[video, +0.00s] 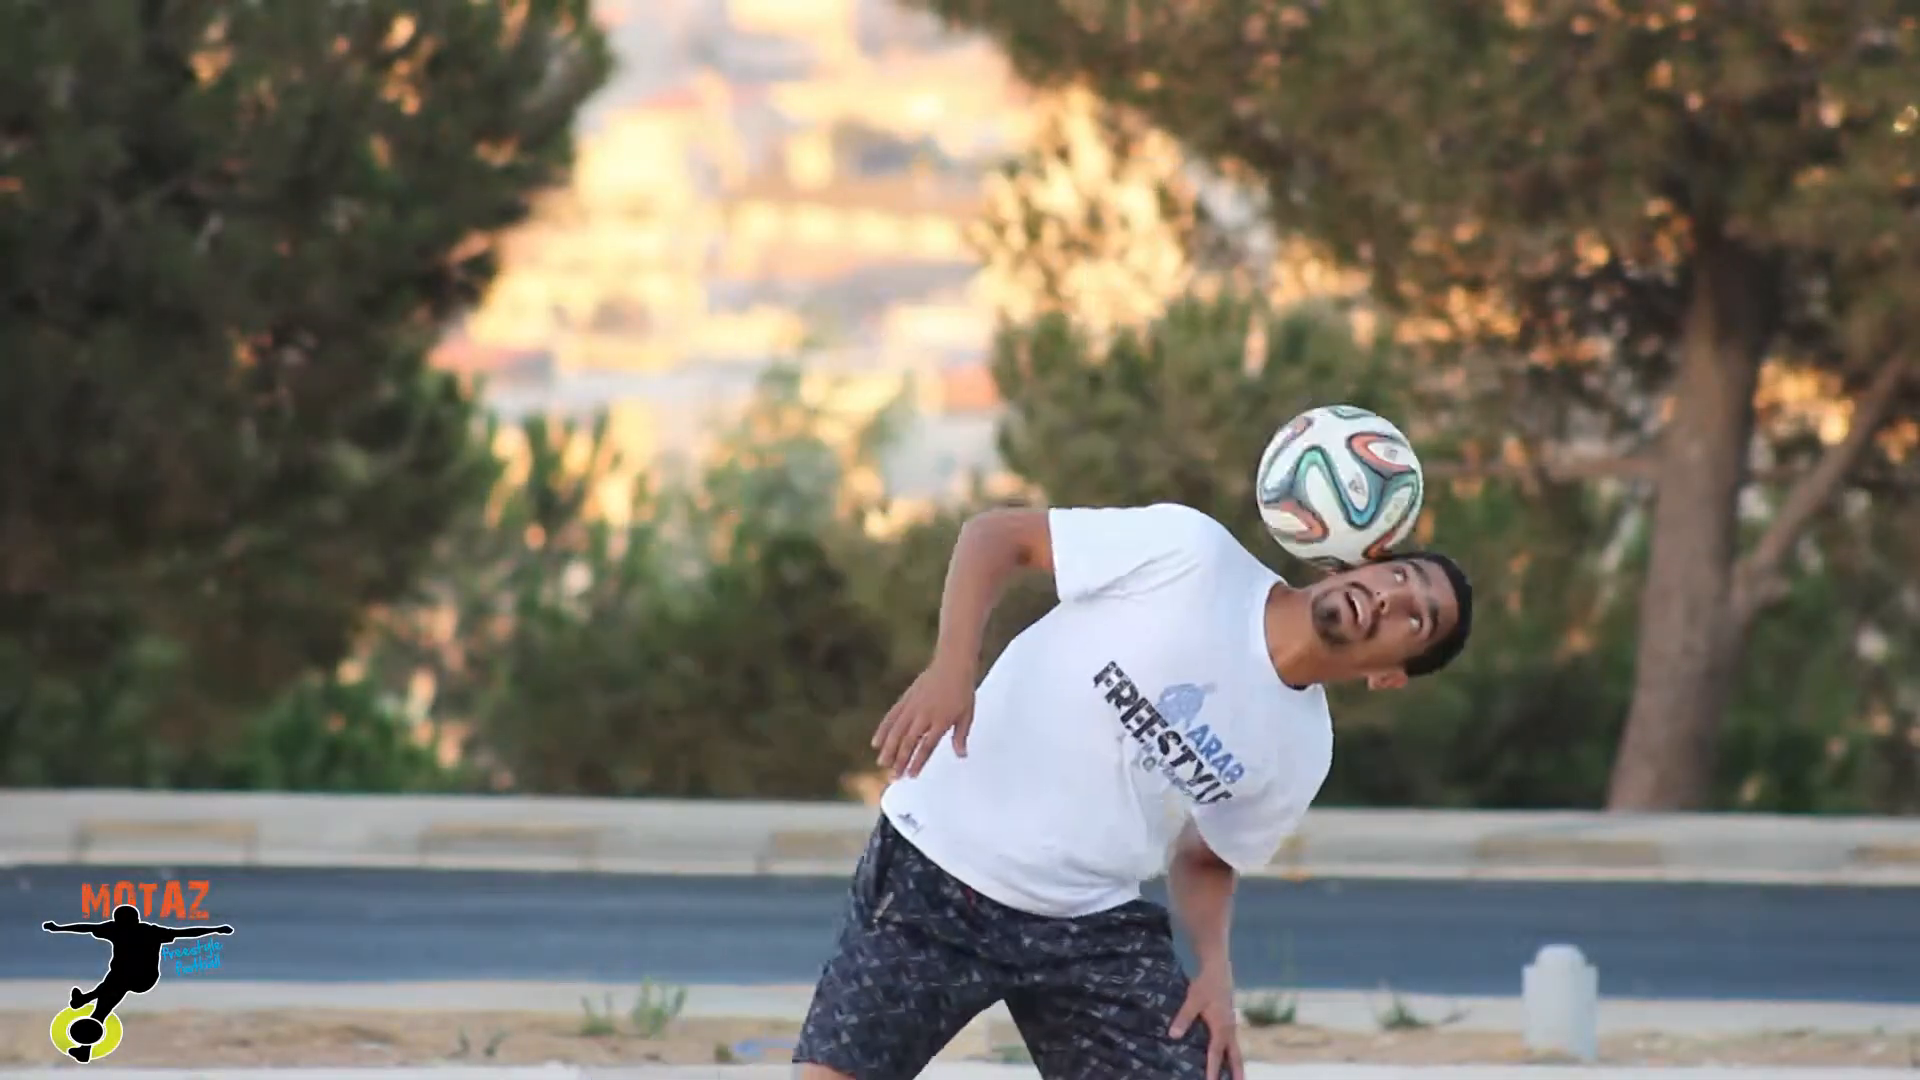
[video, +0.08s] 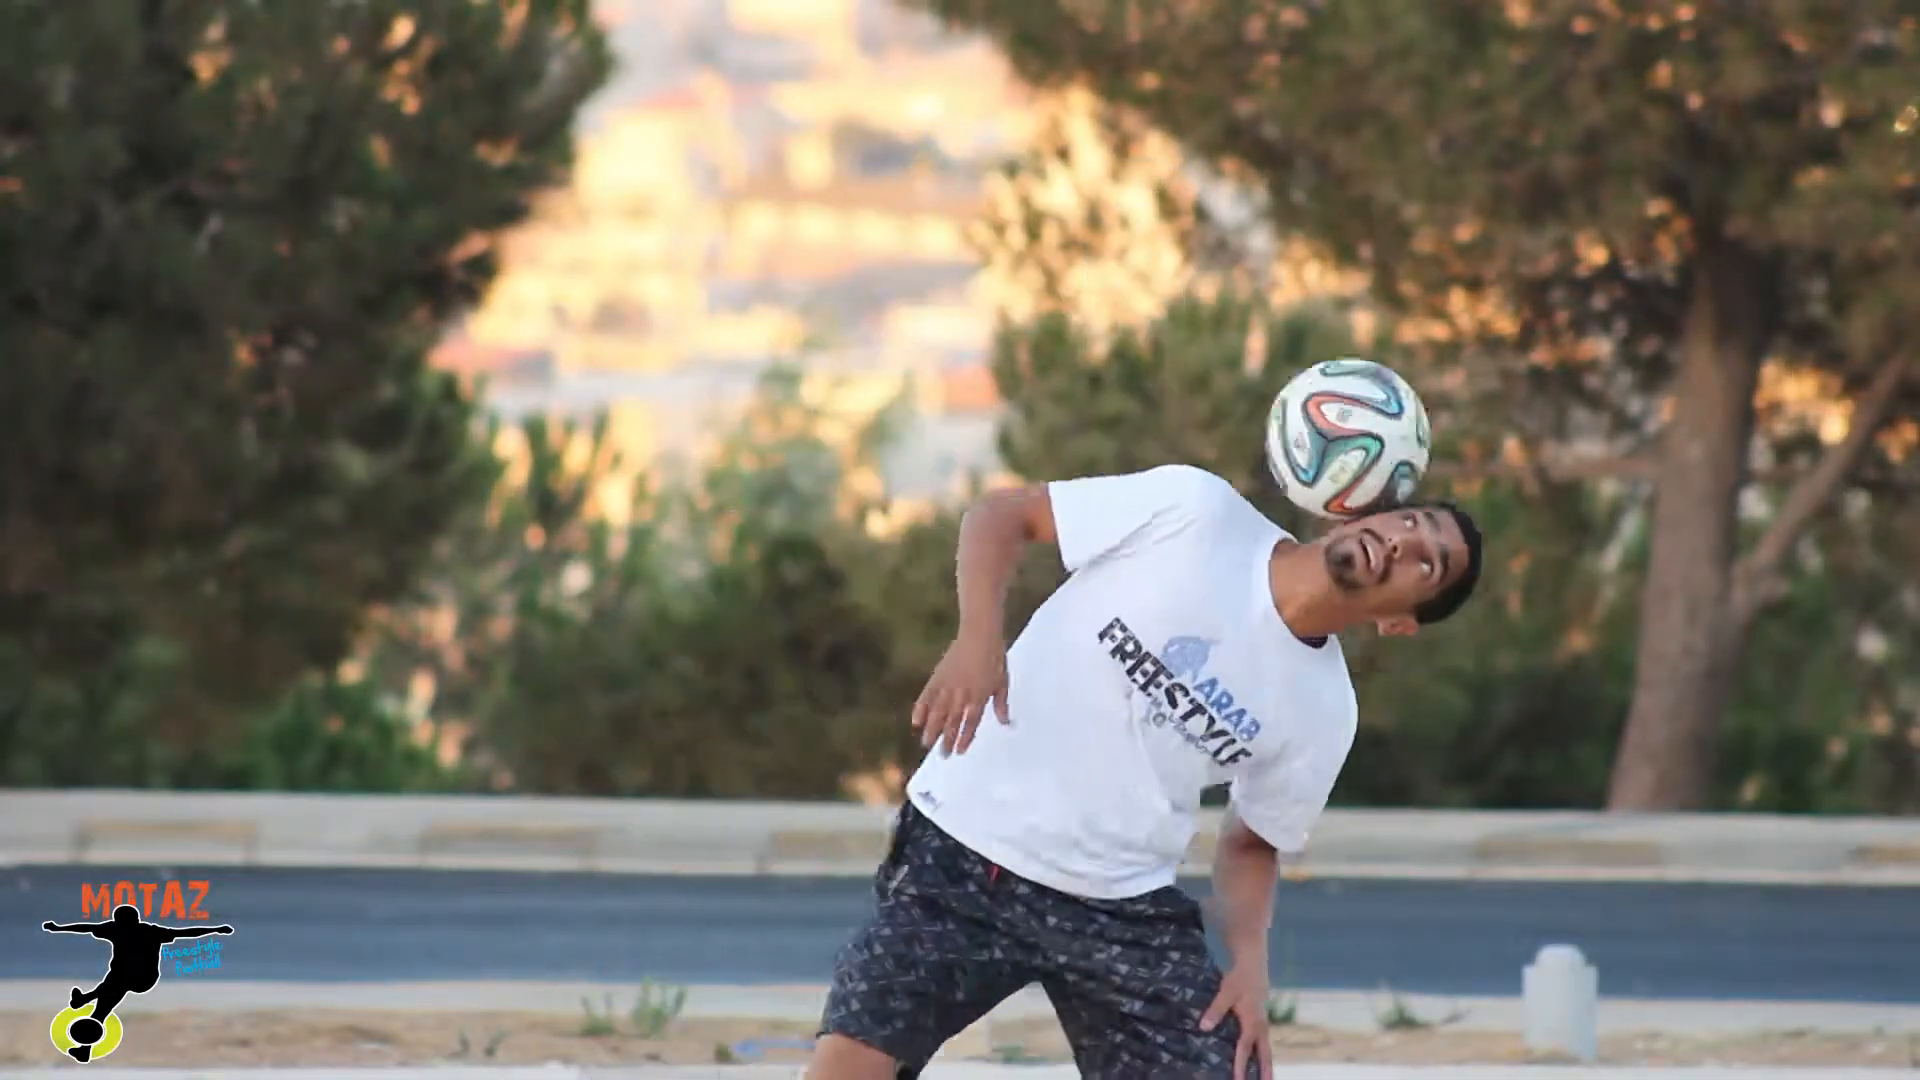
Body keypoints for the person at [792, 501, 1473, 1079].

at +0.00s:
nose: (1385, 593)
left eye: (1413, 617)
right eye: (1396, 570)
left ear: (1386, 677)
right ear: (1354, 560)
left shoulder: (1301, 753)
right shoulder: (1186, 550)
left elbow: (1205, 860)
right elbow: (996, 533)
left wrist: (1214, 969)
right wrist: (951, 666)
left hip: (1090, 931)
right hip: (928, 885)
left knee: (1194, 1070)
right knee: (829, 1071)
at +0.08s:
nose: (1400, 540)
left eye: (1427, 565)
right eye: (1409, 521)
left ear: (1398, 623)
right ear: (1359, 515)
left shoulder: (1324, 715)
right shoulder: (1192, 507)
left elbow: (1251, 844)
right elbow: (1001, 514)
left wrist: (1249, 960)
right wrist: (978, 639)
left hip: (1123, 910)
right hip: (959, 862)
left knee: (1223, 1072)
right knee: (844, 1066)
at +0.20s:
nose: (1314, 357)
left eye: (1352, 361)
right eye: (1307, 346)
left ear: (1371, 435)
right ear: (1271, 382)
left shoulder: (1350, 602)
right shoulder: (1142, 447)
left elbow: (1350, 791)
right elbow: (965, 521)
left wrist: (1313, 917)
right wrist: (998, 561)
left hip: (1183, 892)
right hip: (1011, 857)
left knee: (1276, 1070)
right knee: (906, 1068)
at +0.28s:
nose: (1256, 332)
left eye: (1293, 330)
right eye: (1248, 327)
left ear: (1329, 400)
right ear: (1222, 372)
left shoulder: (1354, 569)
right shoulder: (1113, 471)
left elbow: (1391, 767)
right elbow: (951, 584)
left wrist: (1334, 872)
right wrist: (989, 571)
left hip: (1220, 917)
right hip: (1043, 890)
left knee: (1292, 1073)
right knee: (943, 1070)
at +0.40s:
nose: (1162, 328)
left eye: (1194, 317)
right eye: (1148, 326)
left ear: (1245, 373)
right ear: (1132, 384)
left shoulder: (1317, 520)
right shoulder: (1065, 509)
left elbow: (1418, 691)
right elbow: (962, 696)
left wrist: (1353, 746)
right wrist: (956, 639)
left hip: (1243, 913)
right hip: (1068, 902)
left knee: (1321, 1070)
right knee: (979, 1071)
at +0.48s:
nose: (1124, 337)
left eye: (1152, 330)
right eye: (1105, 343)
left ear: (1205, 385)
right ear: (1098, 413)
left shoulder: (1293, 514)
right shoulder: (1048, 534)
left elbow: (1419, 666)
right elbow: (966, 726)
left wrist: (1354, 705)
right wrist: (937, 686)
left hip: (1238, 922)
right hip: (1063, 916)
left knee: (1330, 1071)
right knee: (963, 1072)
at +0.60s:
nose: (1046, 433)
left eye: (1061, 416)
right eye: (1029, 450)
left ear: (1134, 430)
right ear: (1064, 514)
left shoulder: (1286, 522)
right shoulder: (1065, 612)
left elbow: (1439, 659)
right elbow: (1037, 805)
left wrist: (1377, 689)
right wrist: (955, 779)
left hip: (1250, 960)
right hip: (1076, 953)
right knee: (958, 1070)